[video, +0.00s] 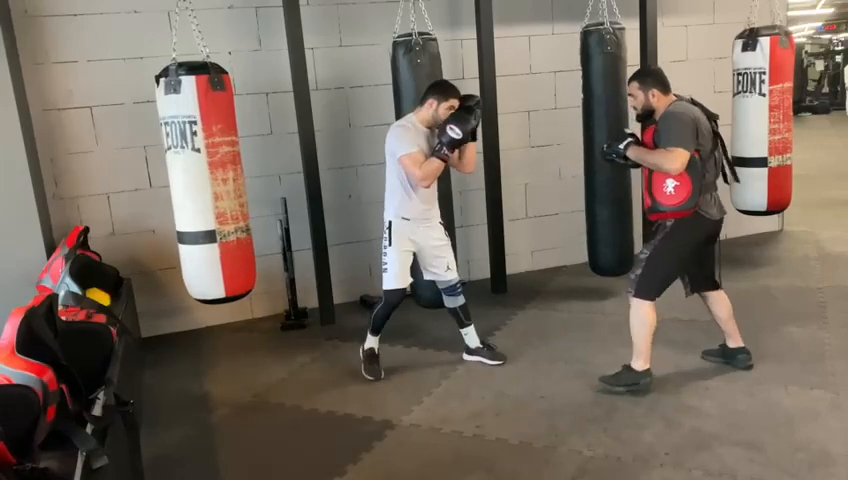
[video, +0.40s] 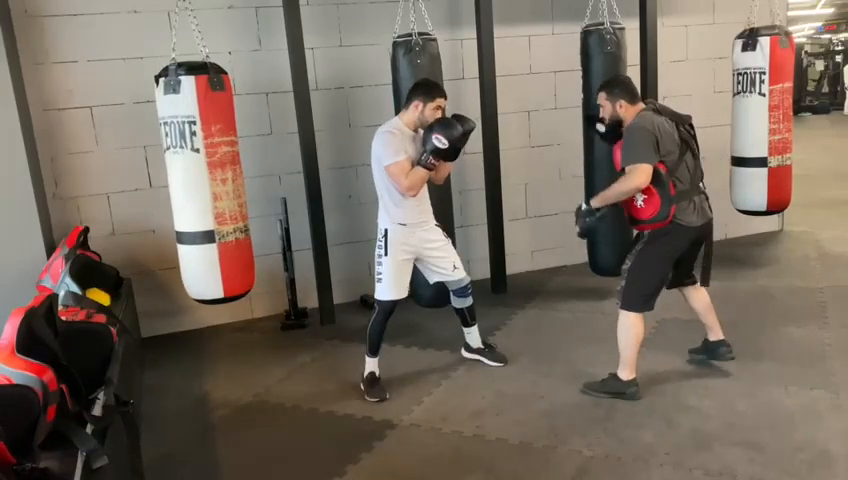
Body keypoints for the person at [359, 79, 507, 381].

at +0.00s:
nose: (451, 116)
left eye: (453, 111)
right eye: (449, 109)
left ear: (437, 107)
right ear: (432, 103)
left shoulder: (436, 133)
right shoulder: (400, 132)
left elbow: (467, 166)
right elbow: (423, 177)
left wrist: (469, 126)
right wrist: (448, 144)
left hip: (430, 223)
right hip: (400, 224)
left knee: (451, 284)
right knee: (395, 292)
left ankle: (474, 346)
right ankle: (370, 347)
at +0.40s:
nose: (439, 116)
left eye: (442, 111)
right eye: (437, 110)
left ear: (421, 107)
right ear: (417, 105)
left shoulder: (422, 135)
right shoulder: (387, 137)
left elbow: (439, 176)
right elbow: (408, 185)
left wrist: (450, 145)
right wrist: (434, 151)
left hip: (427, 227)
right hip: (396, 231)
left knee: (460, 283)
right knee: (387, 302)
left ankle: (474, 344)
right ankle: (371, 371)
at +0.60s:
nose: (429, 135)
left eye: (430, 126)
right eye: (425, 125)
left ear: (399, 124)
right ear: (400, 123)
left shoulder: (390, 160)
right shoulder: (358, 166)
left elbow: (395, 220)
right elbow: (388, 237)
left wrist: (423, 186)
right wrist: (425, 199)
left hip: (393, 282)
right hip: (358, 290)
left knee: (435, 352)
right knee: (361, 393)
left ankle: (456, 434)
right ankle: (327, 473)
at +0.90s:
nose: (439, 133)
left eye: (440, 124)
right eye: (436, 124)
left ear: (409, 122)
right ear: (412, 122)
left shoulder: (409, 160)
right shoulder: (369, 164)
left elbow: (414, 216)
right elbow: (415, 229)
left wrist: (445, 176)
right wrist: (444, 183)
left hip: (409, 280)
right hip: (371, 292)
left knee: (467, 335)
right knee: (368, 393)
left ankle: (471, 410)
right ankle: (329, 472)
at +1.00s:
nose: (456, 140)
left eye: (458, 131)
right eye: (453, 131)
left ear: (428, 129)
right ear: (429, 128)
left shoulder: (428, 164)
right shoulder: (379, 167)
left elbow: (453, 176)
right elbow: (400, 239)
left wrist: (489, 157)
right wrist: (440, 200)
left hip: (423, 284)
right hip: (380, 293)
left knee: (476, 344)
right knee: (372, 393)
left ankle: (491, 405)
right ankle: (330, 471)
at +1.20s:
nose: (491, 163)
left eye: (493, 156)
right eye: (491, 155)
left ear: (467, 149)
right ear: (474, 150)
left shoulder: (448, 175)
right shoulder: (439, 180)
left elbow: (460, 212)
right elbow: (451, 245)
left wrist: (499, 193)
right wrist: (494, 223)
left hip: (438, 293)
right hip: (415, 302)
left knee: (490, 339)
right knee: (425, 413)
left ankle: (501, 405)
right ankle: (343, 469)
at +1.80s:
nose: (473, 150)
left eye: (474, 143)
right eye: (467, 142)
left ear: (455, 140)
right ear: (440, 136)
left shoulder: (452, 166)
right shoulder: (396, 171)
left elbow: (484, 180)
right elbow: (419, 235)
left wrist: (529, 174)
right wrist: (447, 185)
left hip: (446, 276)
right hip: (400, 282)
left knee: (498, 339)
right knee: (380, 376)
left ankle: (501, 405)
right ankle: (336, 446)